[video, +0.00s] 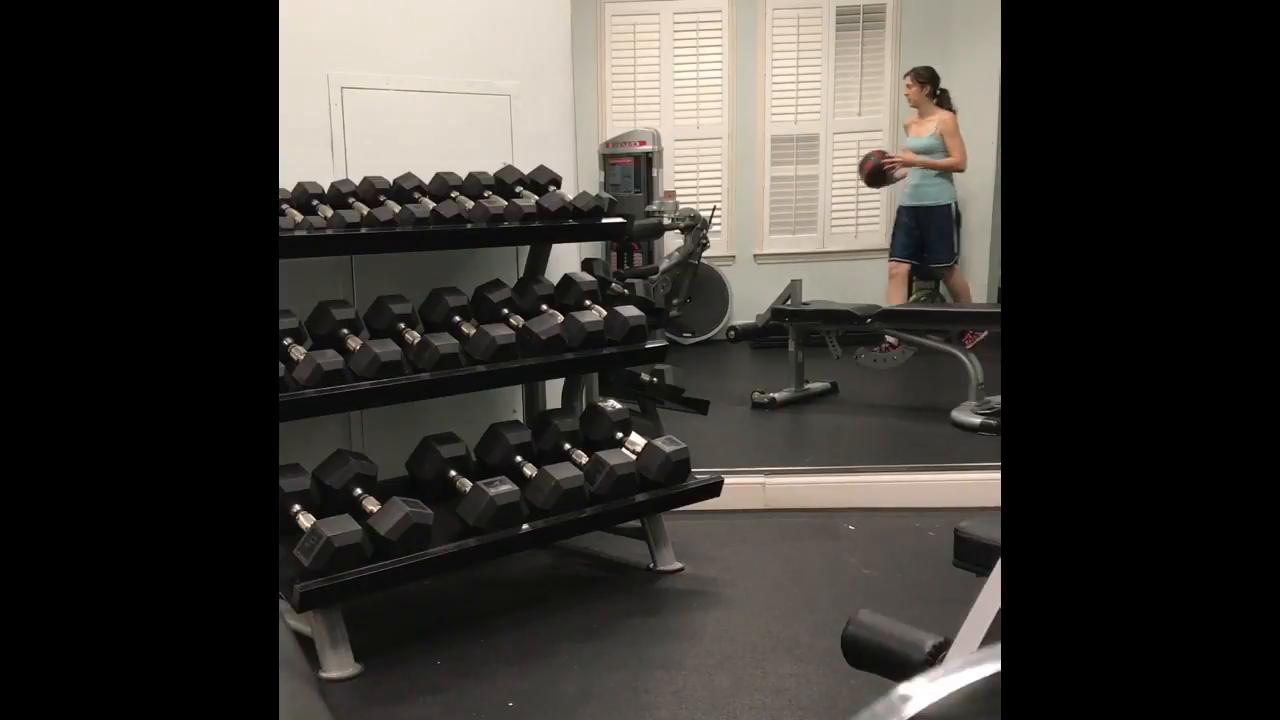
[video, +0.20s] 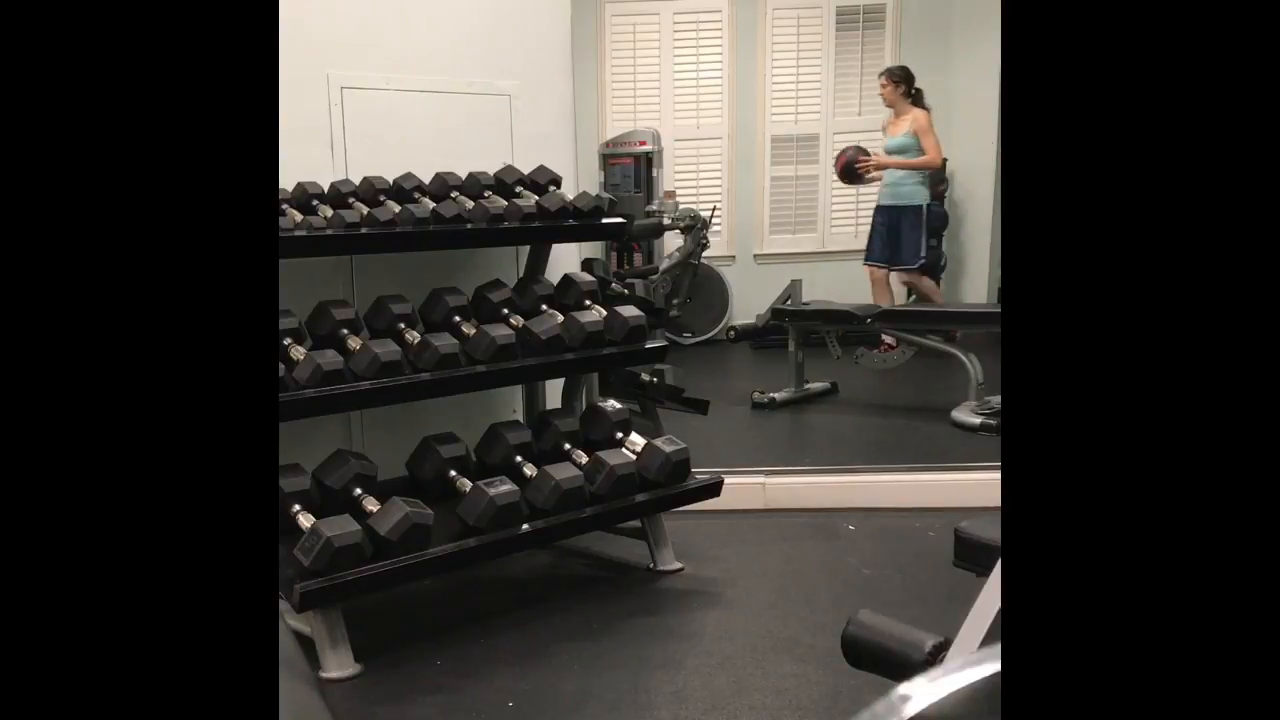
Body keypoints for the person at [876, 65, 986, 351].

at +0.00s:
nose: (905, 93)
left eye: (909, 87)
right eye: (905, 87)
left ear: (926, 89)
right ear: (915, 90)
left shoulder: (945, 119)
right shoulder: (910, 123)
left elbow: (960, 163)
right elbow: (919, 161)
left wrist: (915, 161)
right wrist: (895, 170)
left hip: (939, 204)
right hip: (910, 204)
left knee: (946, 271)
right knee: (897, 269)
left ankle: (973, 323)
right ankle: (894, 333)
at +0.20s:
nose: (880, 92)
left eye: (884, 87)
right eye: (880, 87)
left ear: (901, 88)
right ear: (895, 89)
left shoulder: (920, 117)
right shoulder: (889, 124)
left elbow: (935, 160)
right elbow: (896, 165)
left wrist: (887, 163)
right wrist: (866, 170)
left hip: (914, 203)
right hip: (888, 202)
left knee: (909, 274)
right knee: (876, 271)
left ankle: (951, 317)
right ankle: (889, 336)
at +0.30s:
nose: (870, 92)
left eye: (874, 86)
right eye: (870, 87)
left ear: (891, 87)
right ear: (885, 88)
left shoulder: (909, 116)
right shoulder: (880, 122)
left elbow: (926, 159)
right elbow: (884, 167)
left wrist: (879, 158)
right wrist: (857, 170)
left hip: (901, 201)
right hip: (878, 202)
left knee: (886, 271)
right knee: (872, 273)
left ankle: (928, 321)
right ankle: (888, 338)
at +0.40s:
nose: (860, 91)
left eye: (864, 86)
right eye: (860, 86)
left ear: (881, 86)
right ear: (873, 87)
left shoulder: (899, 115)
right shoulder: (870, 121)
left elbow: (918, 157)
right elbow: (874, 168)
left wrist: (875, 156)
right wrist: (849, 164)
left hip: (893, 199)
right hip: (870, 199)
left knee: (867, 268)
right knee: (866, 270)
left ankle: (892, 325)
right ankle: (882, 328)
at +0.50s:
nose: (850, 91)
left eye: (854, 85)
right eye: (849, 86)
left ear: (870, 86)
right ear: (861, 87)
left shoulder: (890, 115)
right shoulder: (860, 119)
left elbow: (912, 156)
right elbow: (861, 166)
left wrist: (872, 159)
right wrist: (842, 160)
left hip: (883, 201)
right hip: (861, 201)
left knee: (853, 270)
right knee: (869, 274)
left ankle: (858, 346)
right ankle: (890, 337)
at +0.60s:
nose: (841, 91)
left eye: (845, 86)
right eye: (840, 86)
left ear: (862, 87)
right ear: (854, 88)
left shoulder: (879, 117)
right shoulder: (850, 122)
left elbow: (905, 156)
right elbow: (852, 165)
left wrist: (870, 168)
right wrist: (833, 164)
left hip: (871, 204)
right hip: (851, 204)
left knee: (842, 274)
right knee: (865, 275)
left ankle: (833, 345)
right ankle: (889, 336)